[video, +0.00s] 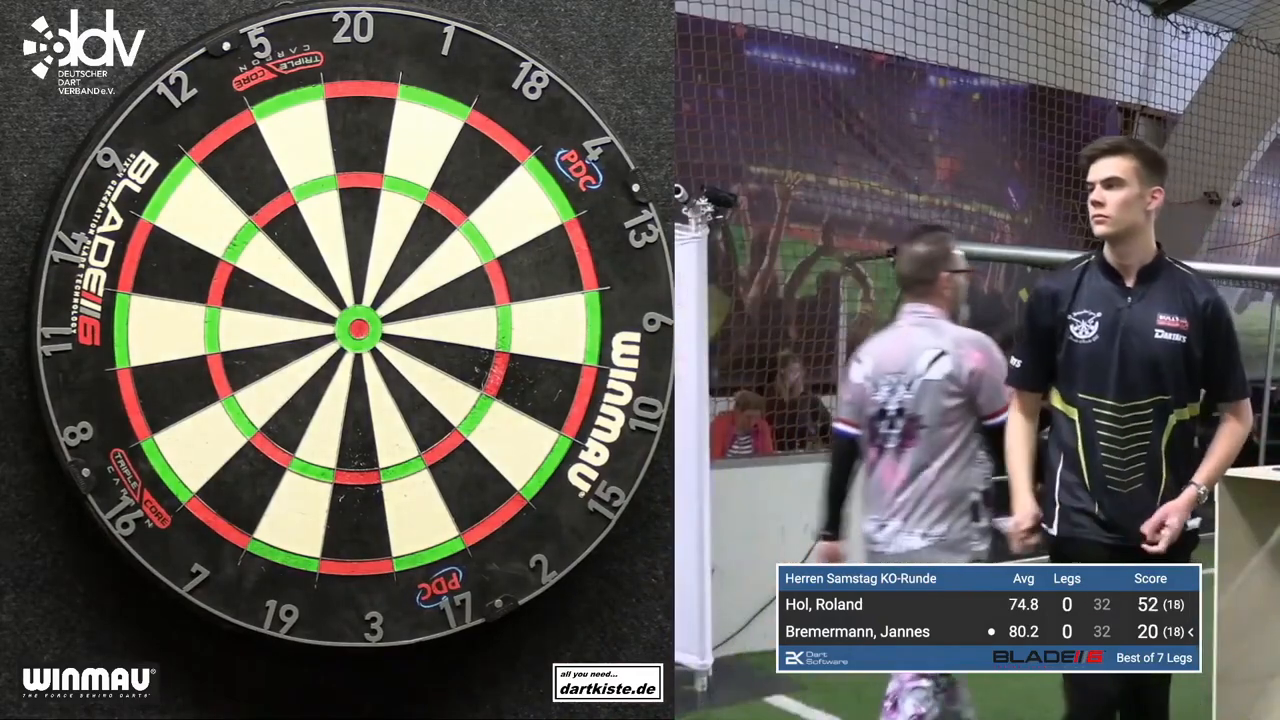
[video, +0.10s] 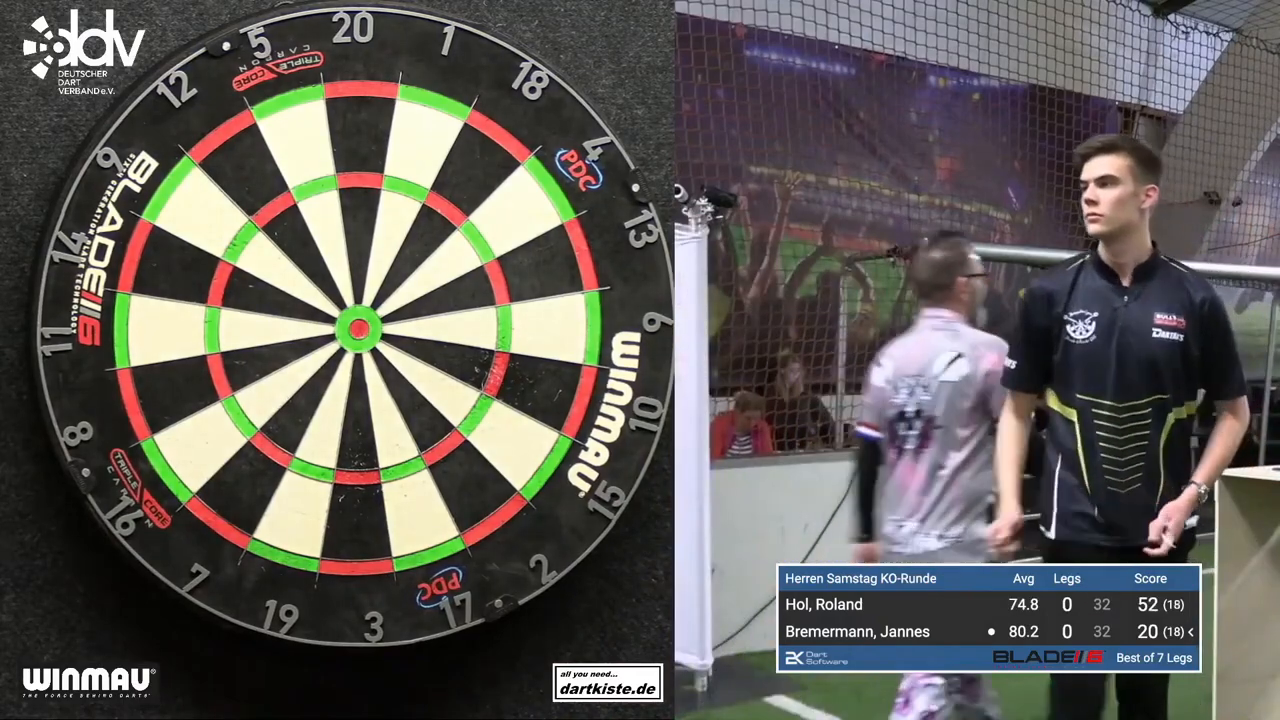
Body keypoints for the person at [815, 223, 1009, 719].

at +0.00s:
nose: (967, 278)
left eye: (963, 268)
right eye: (961, 269)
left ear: (905, 280)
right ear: (945, 279)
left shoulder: (867, 355)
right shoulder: (973, 349)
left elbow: (843, 449)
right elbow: (1006, 440)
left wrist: (830, 532)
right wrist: (1018, 513)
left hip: (882, 540)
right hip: (952, 540)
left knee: (933, 659)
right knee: (928, 663)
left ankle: (957, 713)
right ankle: (901, 714)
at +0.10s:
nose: (985, 284)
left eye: (981, 274)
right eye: (978, 275)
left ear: (920, 287)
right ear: (960, 285)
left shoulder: (889, 358)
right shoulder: (989, 352)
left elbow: (867, 452)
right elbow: (1018, 435)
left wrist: (866, 534)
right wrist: (1015, 513)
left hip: (902, 539)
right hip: (966, 538)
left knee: (963, 656)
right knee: (938, 663)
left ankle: (975, 709)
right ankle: (911, 714)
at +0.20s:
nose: (1011, 288)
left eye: (1008, 278)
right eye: (1005, 280)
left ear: (955, 291)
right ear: (987, 291)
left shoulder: (922, 361)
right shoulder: (1008, 358)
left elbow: (908, 449)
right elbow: (1036, 439)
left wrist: (912, 529)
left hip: (937, 534)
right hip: (997, 533)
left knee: (960, 650)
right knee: (983, 654)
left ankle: (992, 710)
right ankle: (944, 709)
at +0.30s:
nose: (1026, 288)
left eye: (1024, 278)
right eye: (1020, 279)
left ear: (969, 289)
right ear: (1002, 290)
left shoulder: (945, 357)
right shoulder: (1012, 350)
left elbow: (939, 443)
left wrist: (951, 515)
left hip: (956, 525)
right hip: (1007, 529)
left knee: (1002, 652)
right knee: (1021, 656)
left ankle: (1003, 709)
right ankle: (972, 712)